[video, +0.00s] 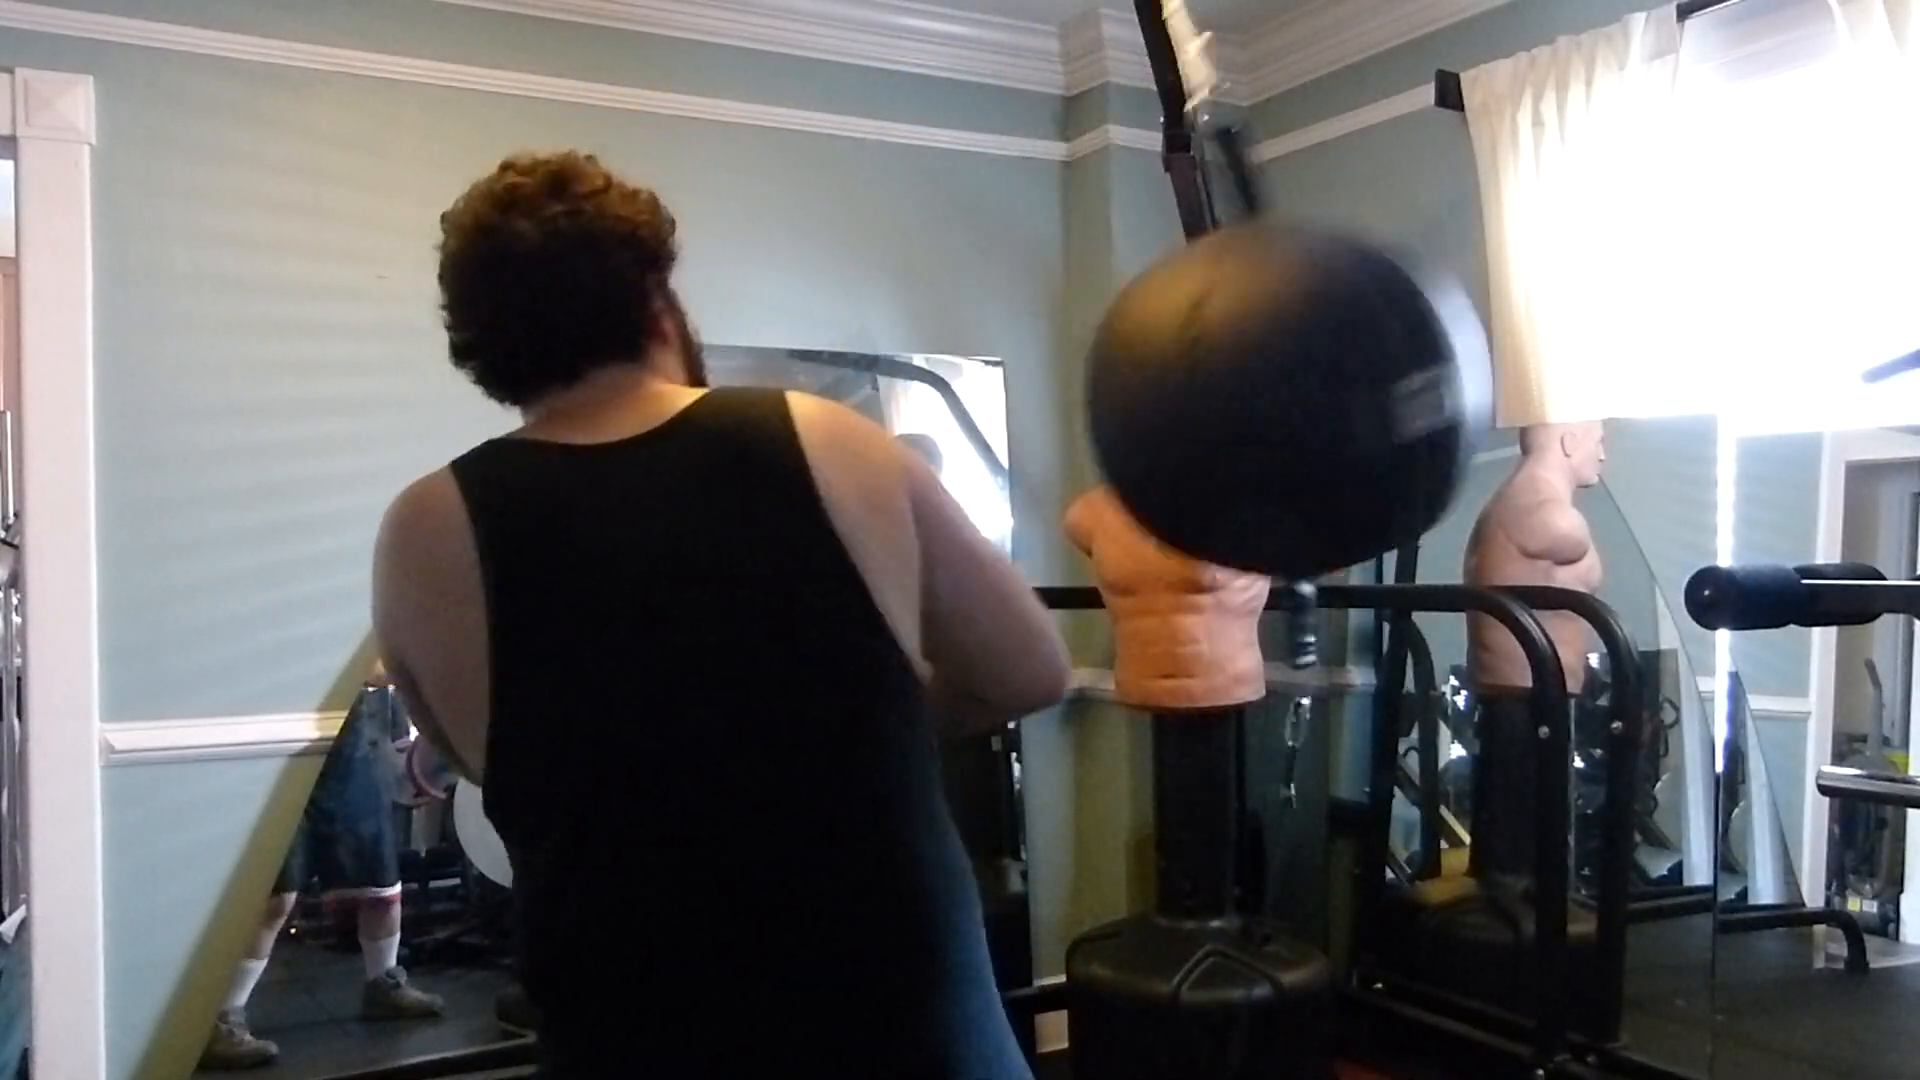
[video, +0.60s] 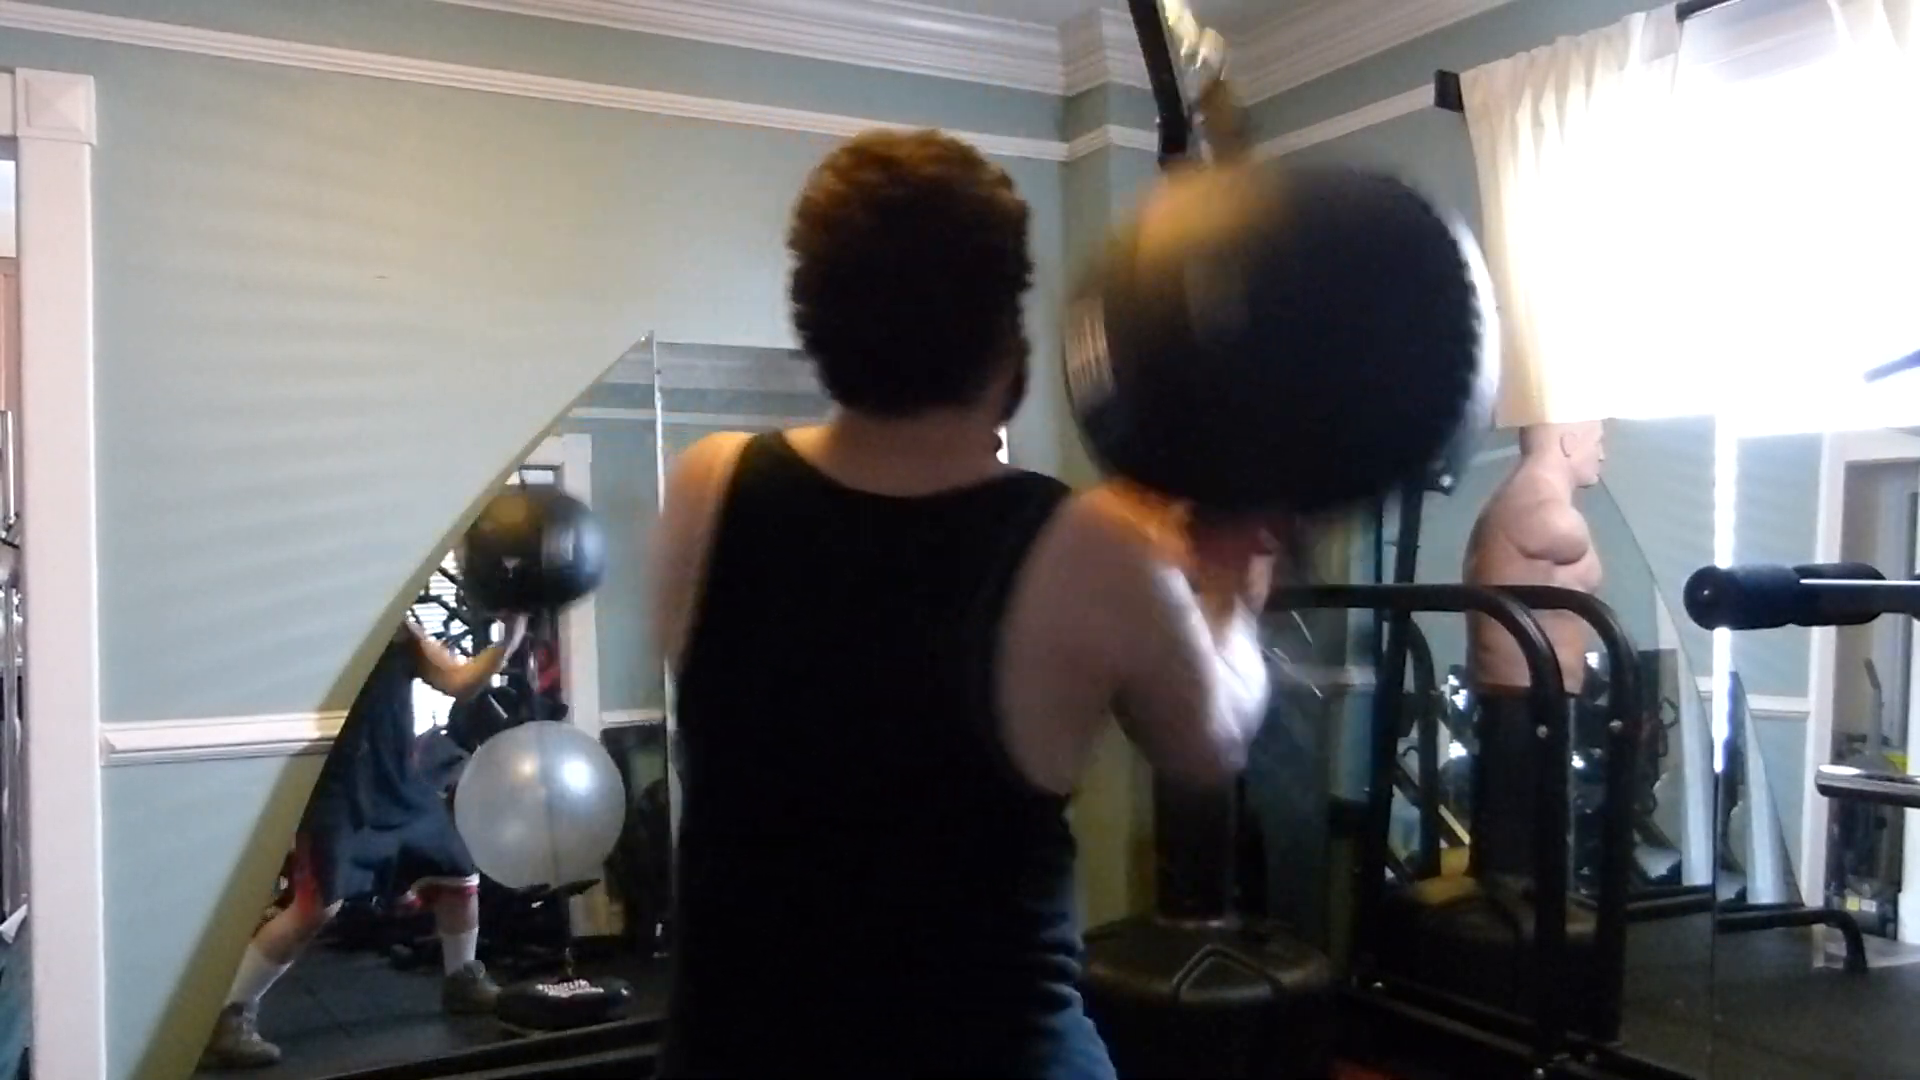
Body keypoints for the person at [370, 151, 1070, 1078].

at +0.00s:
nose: (689, 317)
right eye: (679, 294)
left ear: (483, 355)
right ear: (660, 309)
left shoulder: (425, 534)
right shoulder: (841, 448)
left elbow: (475, 754)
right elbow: (1028, 669)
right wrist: (838, 731)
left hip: (623, 1044)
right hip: (908, 1026)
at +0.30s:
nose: (743, 312)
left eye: (740, 293)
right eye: (736, 291)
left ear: (536, 316)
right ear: (710, 305)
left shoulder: (454, 518)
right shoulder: (835, 466)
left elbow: (533, 757)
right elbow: (995, 750)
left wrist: (716, 430)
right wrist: (855, 745)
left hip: (592, 1028)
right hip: (848, 1023)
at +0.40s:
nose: (839, 319)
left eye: (827, 287)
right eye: (830, 289)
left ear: (629, 304)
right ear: (805, 309)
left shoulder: (545, 501)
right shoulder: (882, 502)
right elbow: (1022, 842)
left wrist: (800, 425)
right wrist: (1008, 921)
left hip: (624, 1012)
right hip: (856, 1022)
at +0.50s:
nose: (943, 327)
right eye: (936, 297)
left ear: (731, 310)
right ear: (914, 321)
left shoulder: (636, 491)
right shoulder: (970, 543)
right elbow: (1065, 853)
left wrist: (887, 430)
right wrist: (1232, 872)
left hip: (684, 1025)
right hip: (922, 1039)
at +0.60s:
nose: (1027, 325)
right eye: (1021, 299)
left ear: (813, 314)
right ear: (1010, 328)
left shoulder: (708, 493)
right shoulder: (1094, 557)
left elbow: (687, 657)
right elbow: (1209, 742)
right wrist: (1230, 591)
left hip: (743, 1030)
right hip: (996, 1043)